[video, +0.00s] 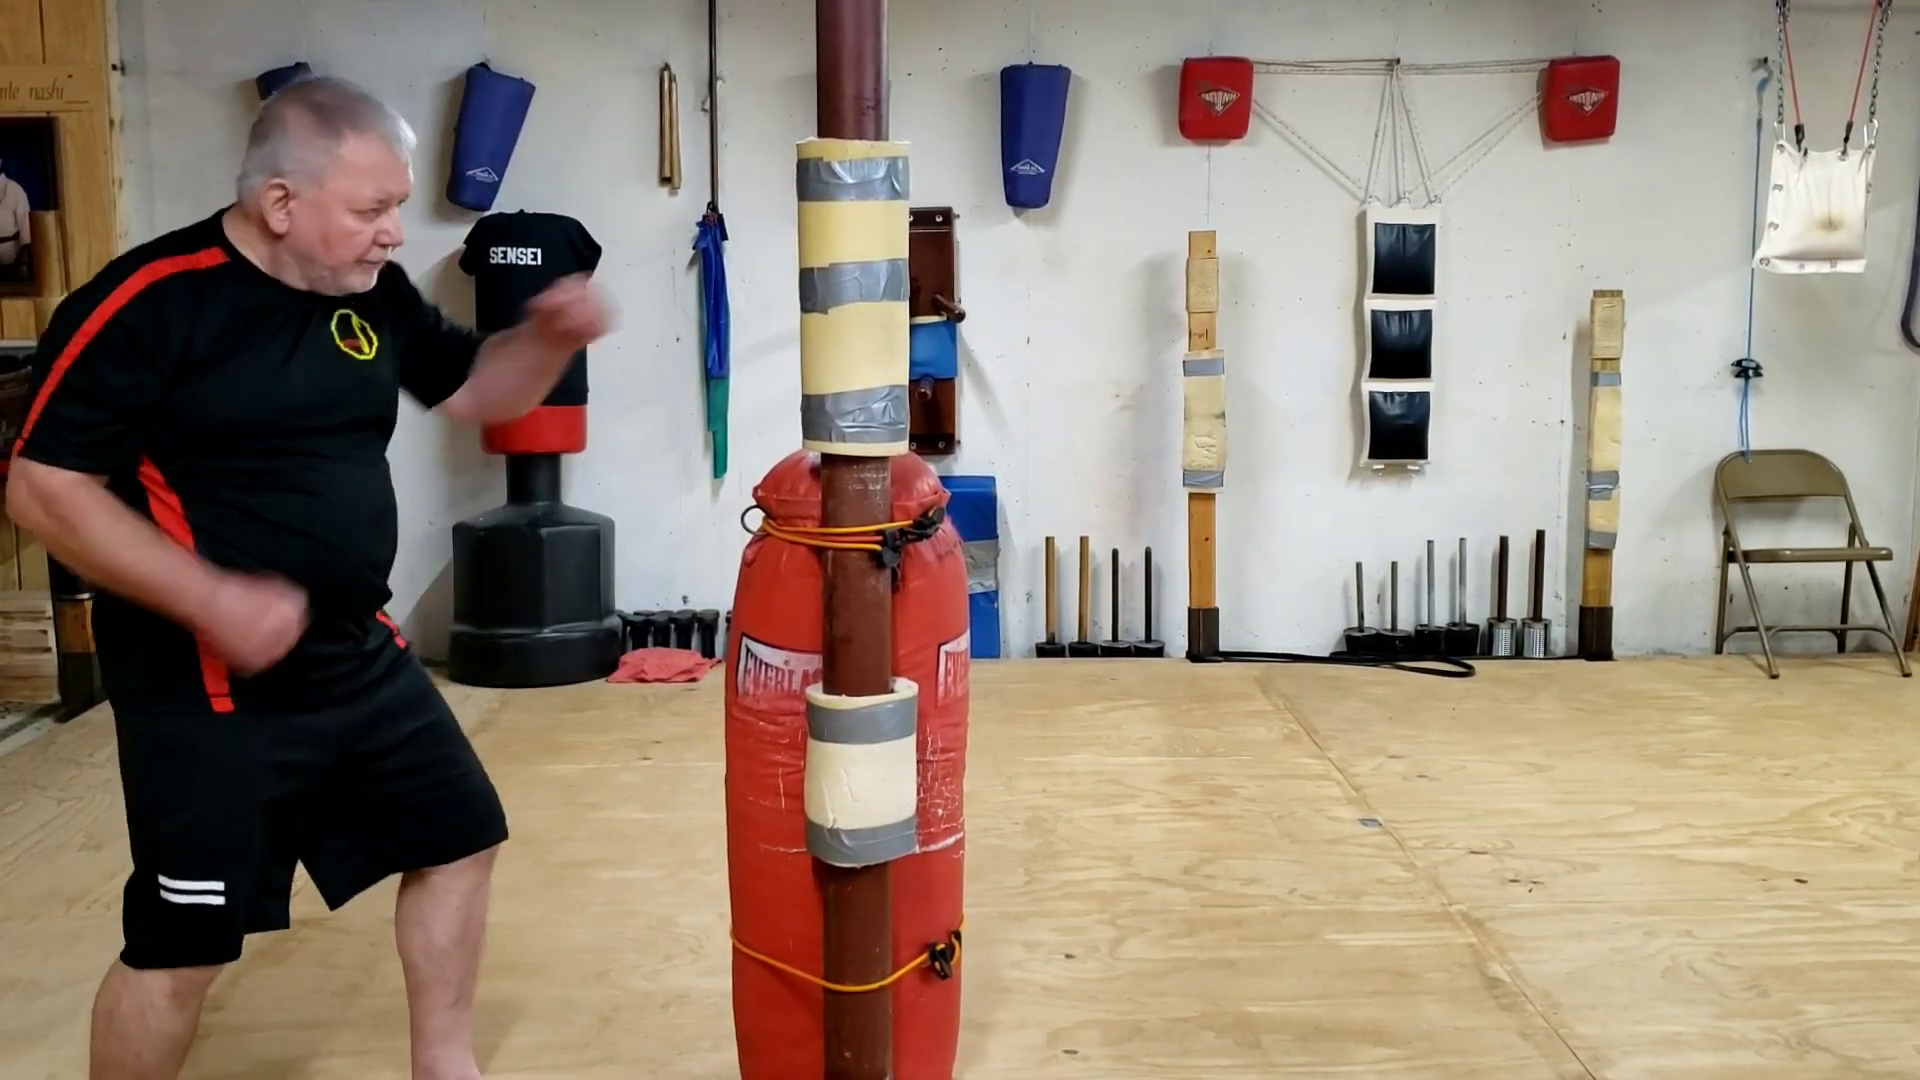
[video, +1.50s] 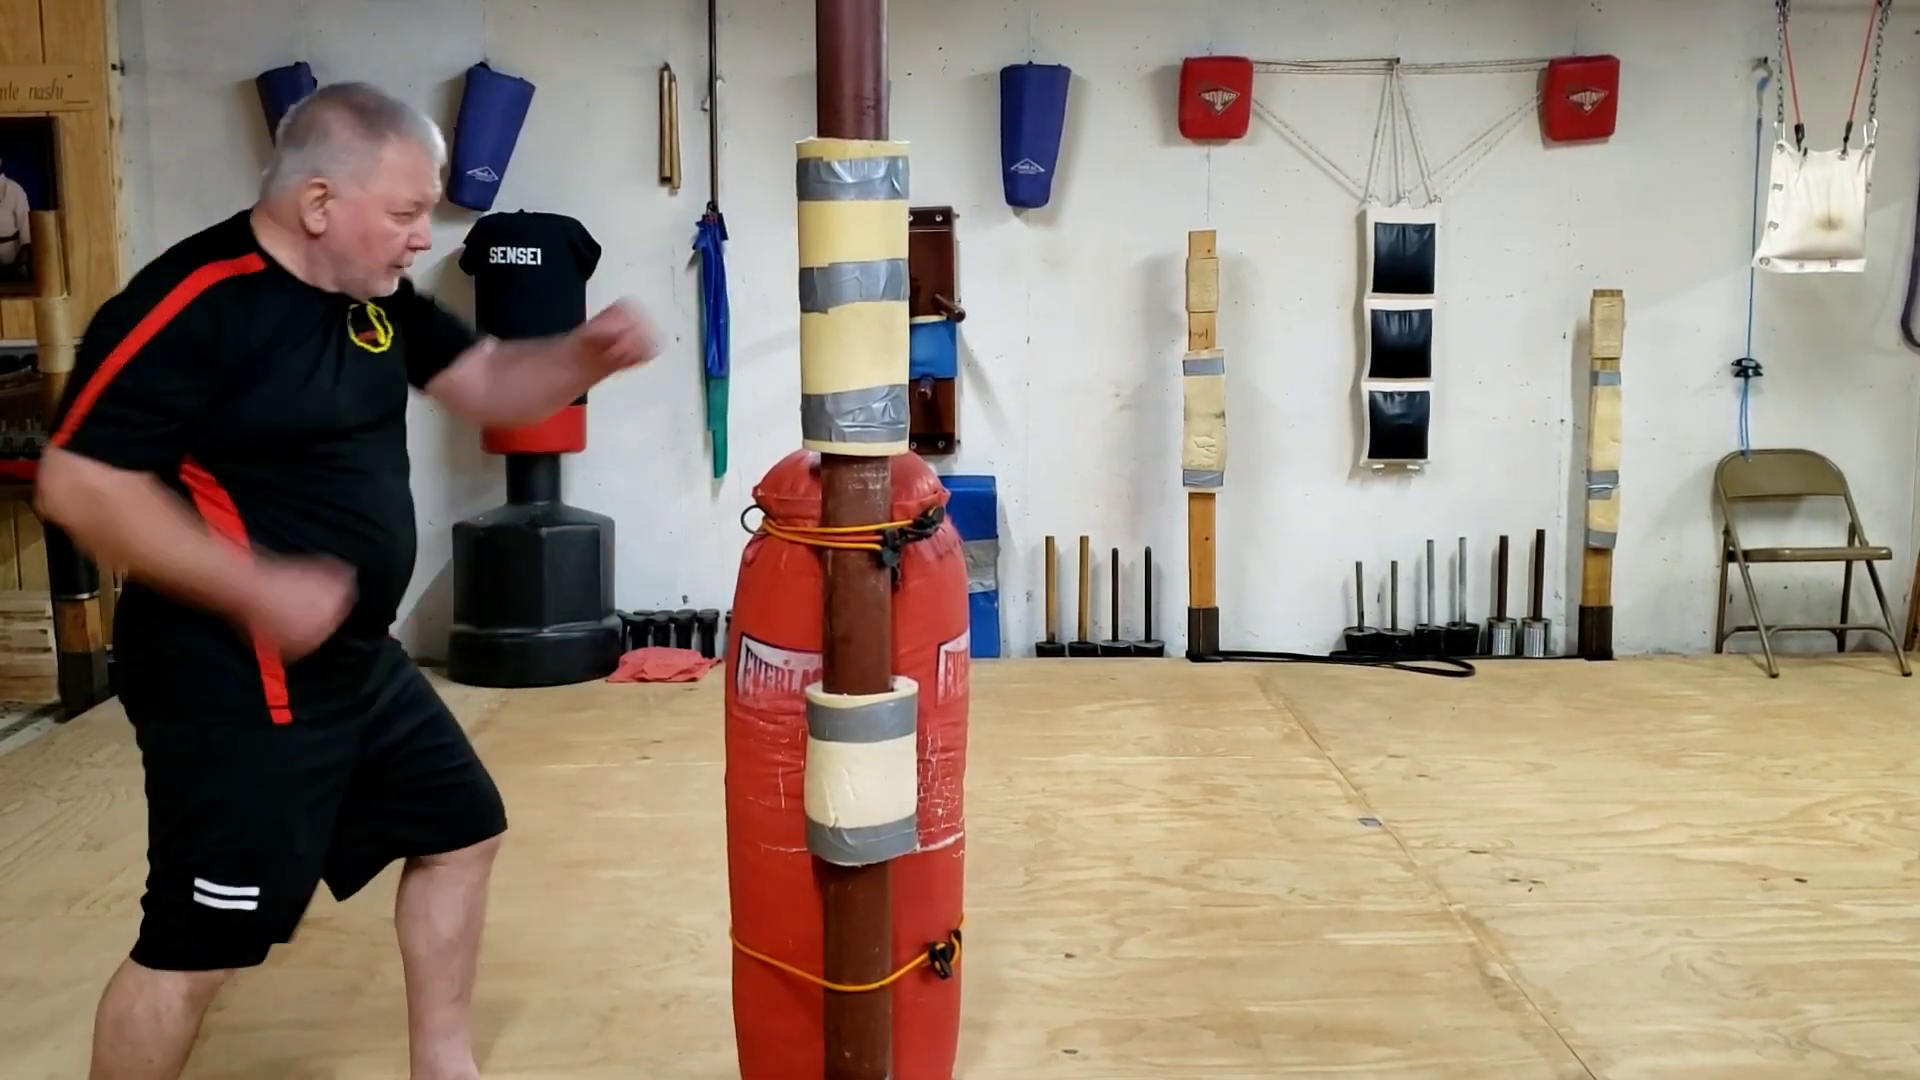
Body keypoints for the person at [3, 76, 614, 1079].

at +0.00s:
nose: (395, 235)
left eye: (398, 209)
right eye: (374, 210)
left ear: (295, 207)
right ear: (281, 206)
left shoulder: (369, 290)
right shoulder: (147, 299)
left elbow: (474, 391)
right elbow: (37, 483)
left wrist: (551, 335)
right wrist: (212, 599)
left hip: (349, 648)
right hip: (196, 677)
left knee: (459, 837)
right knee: (185, 939)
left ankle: (446, 1067)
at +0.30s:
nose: (451, 236)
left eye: (456, 214)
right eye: (438, 209)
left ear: (357, 203)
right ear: (354, 200)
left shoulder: (335, 287)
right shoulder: (267, 277)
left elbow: (321, 481)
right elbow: (416, 420)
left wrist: (429, 579)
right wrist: (569, 322)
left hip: (386, 646)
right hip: (262, 661)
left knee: (490, 837)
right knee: (197, 926)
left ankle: (450, 1068)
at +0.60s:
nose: (476, 219)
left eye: (481, 195)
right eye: (470, 188)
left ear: (387, 173)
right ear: (396, 167)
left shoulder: (295, 246)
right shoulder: (329, 240)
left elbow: (356, 432)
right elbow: (292, 427)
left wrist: (497, 461)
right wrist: (425, 578)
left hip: (338, 598)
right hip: (405, 557)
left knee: (465, 824)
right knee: (667, 630)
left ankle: (448, 1067)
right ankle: (671, 882)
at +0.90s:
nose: (482, 226)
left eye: (485, 202)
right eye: (470, 196)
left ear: (389, 184)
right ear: (392, 177)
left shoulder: (346, 260)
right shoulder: (313, 247)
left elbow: (360, 450)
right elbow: (364, 431)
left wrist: (468, 502)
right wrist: (562, 454)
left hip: (387, 591)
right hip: (324, 598)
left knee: (490, 823)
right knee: (471, 824)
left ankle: (453, 1069)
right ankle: (219, 1043)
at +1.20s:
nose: (400, 248)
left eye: (404, 222)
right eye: (378, 225)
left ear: (299, 221)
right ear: (288, 220)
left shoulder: (349, 303)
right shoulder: (173, 305)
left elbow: (341, 475)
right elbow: (203, 507)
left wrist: (424, 522)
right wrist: (418, 443)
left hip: (355, 657)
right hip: (211, 685)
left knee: (477, 840)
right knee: (180, 952)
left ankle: (446, 1066)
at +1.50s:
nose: (423, 239)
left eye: (427, 216)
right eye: (407, 214)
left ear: (329, 208)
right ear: (320, 207)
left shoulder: (375, 298)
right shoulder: (190, 299)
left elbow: (485, 380)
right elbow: (76, 478)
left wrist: (582, 359)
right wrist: (257, 587)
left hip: (352, 656)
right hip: (219, 681)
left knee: (458, 830)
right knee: (197, 938)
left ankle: (443, 1067)